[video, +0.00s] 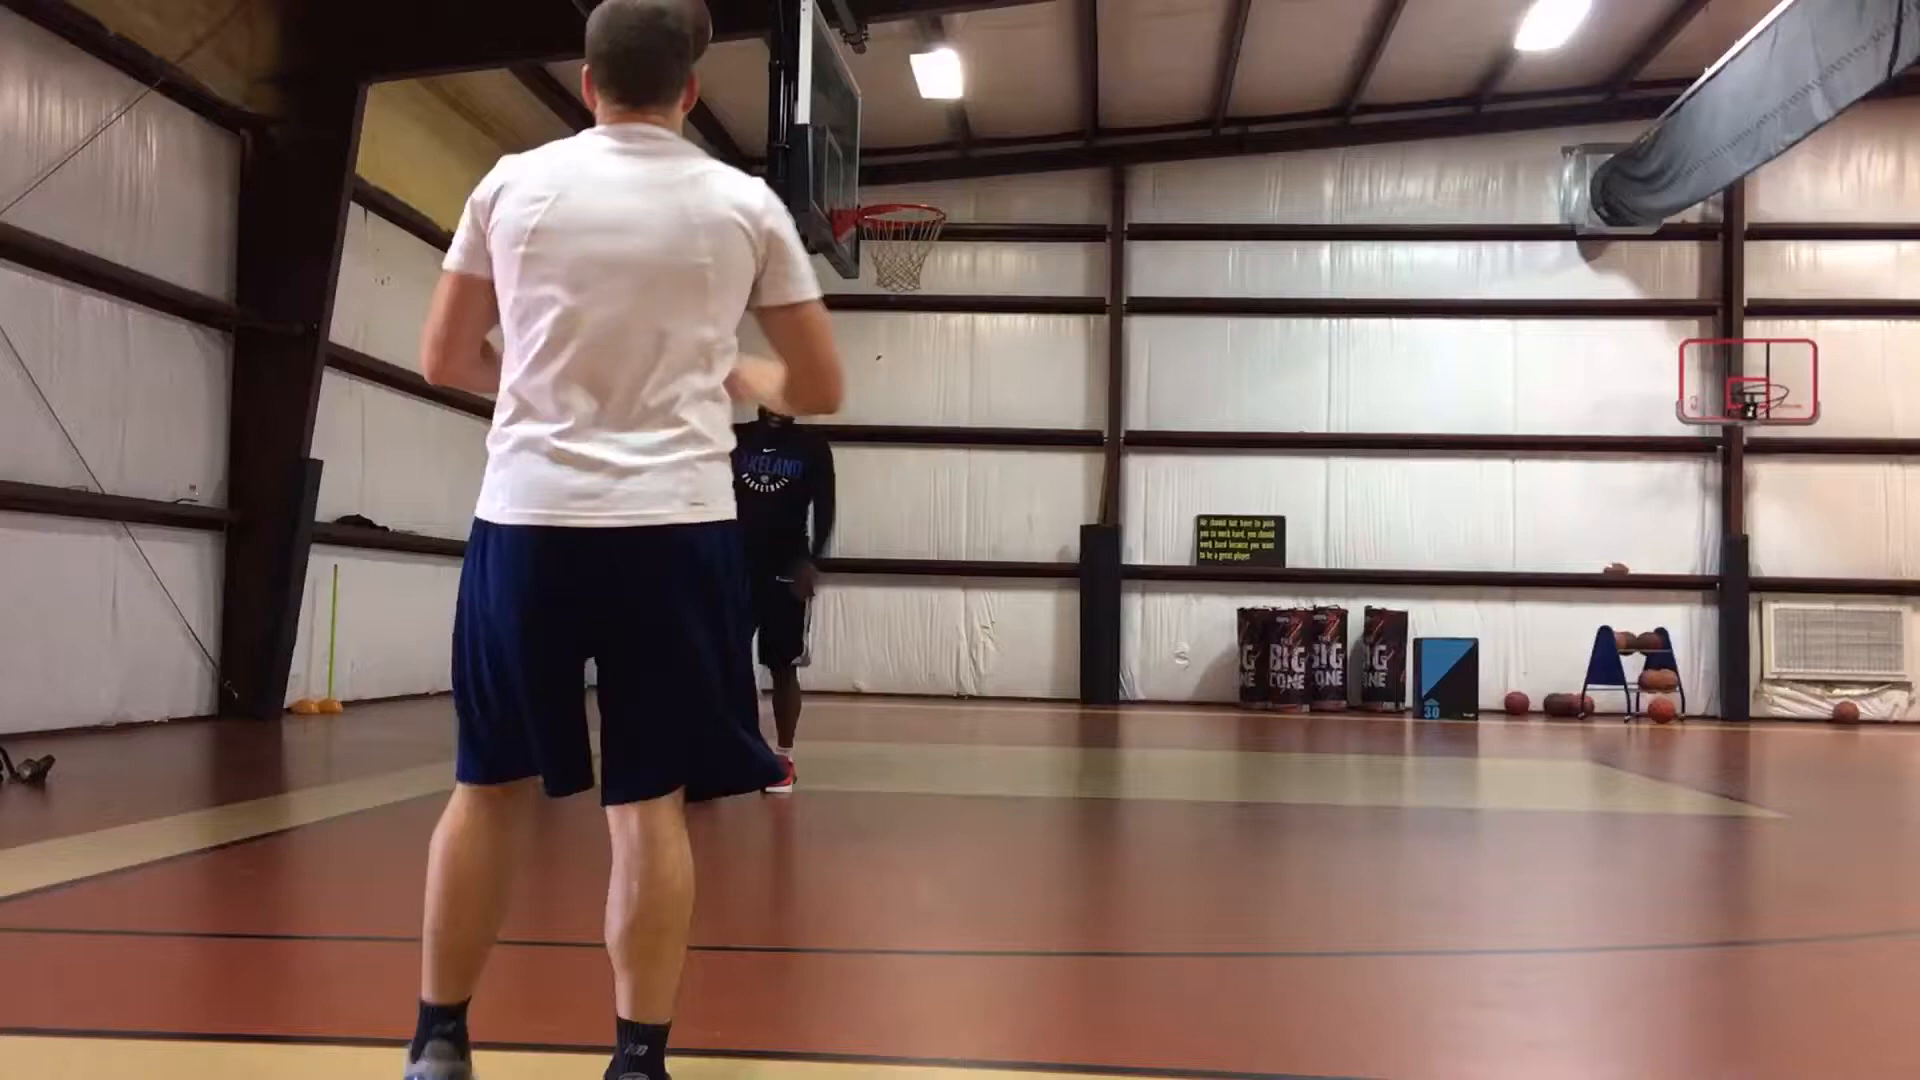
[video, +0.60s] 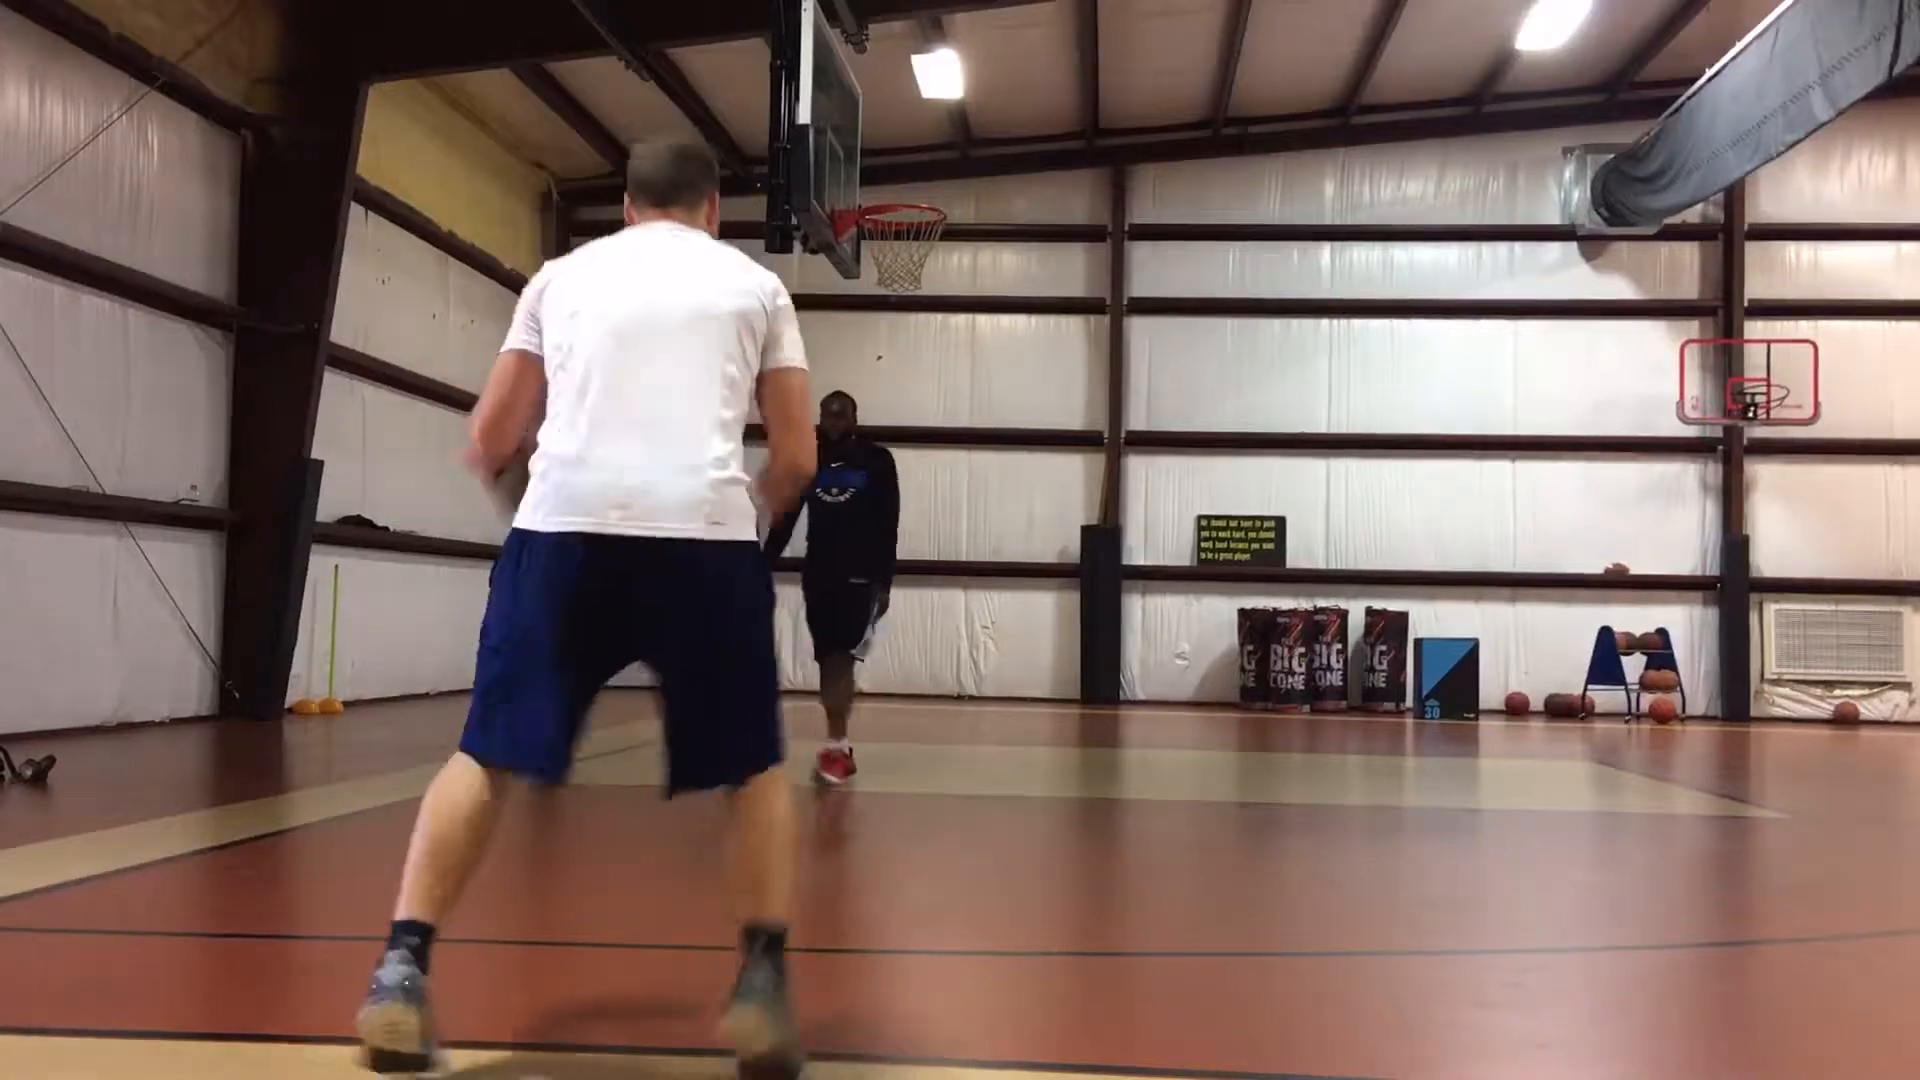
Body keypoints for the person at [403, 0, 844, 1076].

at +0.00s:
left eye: (585, 76)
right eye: (687, 75)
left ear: (582, 84)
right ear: (691, 89)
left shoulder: (513, 185)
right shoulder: (746, 205)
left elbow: (445, 357)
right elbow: (820, 389)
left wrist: (547, 382)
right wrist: (750, 375)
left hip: (527, 538)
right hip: (678, 543)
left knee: (490, 785)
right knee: (652, 801)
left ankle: (437, 1047)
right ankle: (640, 1063)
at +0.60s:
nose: (711, 220)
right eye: (716, 207)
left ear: (623, 209)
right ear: (714, 209)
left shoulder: (558, 277)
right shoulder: (758, 285)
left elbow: (493, 438)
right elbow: (796, 459)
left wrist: (504, 468)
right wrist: (746, 517)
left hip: (562, 537)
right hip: (708, 542)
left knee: (486, 751)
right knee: (758, 765)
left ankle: (400, 974)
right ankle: (761, 988)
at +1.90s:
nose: (545, 346)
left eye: (538, 335)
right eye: (546, 335)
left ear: (462, 332)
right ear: (535, 336)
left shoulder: (406, 388)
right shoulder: (542, 406)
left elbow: (367, 513)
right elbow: (556, 578)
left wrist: (478, 574)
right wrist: (568, 637)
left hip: (289, 577)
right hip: (405, 586)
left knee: (373, 779)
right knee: (513, 778)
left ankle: (265, 977)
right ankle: (442, 979)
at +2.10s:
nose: (511, 273)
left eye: (509, 261)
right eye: (510, 261)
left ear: (427, 273)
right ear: (498, 274)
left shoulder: (393, 338)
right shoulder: (496, 346)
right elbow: (626, 384)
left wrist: (519, 295)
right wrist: (612, 285)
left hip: (322, 596)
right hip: (419, 597)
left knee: (394, 803)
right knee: (493, 799)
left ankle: (284, 967)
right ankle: (418, 983)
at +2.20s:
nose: (504, 176)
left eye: (490, 163)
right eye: (503, 163)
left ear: (424, 174)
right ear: (500, 172)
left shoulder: (400, 240)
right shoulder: (508, 241)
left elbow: (460, 187)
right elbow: (627, 187)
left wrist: (484, 107)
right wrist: (572, 83)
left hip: (358, 504)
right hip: (455, 502)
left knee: (364, 727)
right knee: (480, 725)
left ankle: (290, 939)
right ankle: (438, 943)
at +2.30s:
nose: (512, 77)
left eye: (500, 67)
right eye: (504, 75)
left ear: (425, 104)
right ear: (496, 94)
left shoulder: (416, 159)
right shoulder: (514, 155)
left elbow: (469, 74)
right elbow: (591, 63)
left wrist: (499, 12)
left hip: (387, 416)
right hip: (480, 422)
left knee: (376, 652)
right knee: (485, 653)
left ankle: (323, 860)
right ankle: (470, 857)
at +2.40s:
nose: (510, 56)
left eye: (506, 46)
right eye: (503, 50)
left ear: (421, 72)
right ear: (493, 68)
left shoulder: (413, 136)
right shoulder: (507, 129)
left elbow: (477, 63)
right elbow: (597, 52)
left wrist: (515, 10)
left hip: (398, 393)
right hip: (488, 396)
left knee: (409, 618)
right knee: (496, 624)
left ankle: (350, 821)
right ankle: (480, 831)